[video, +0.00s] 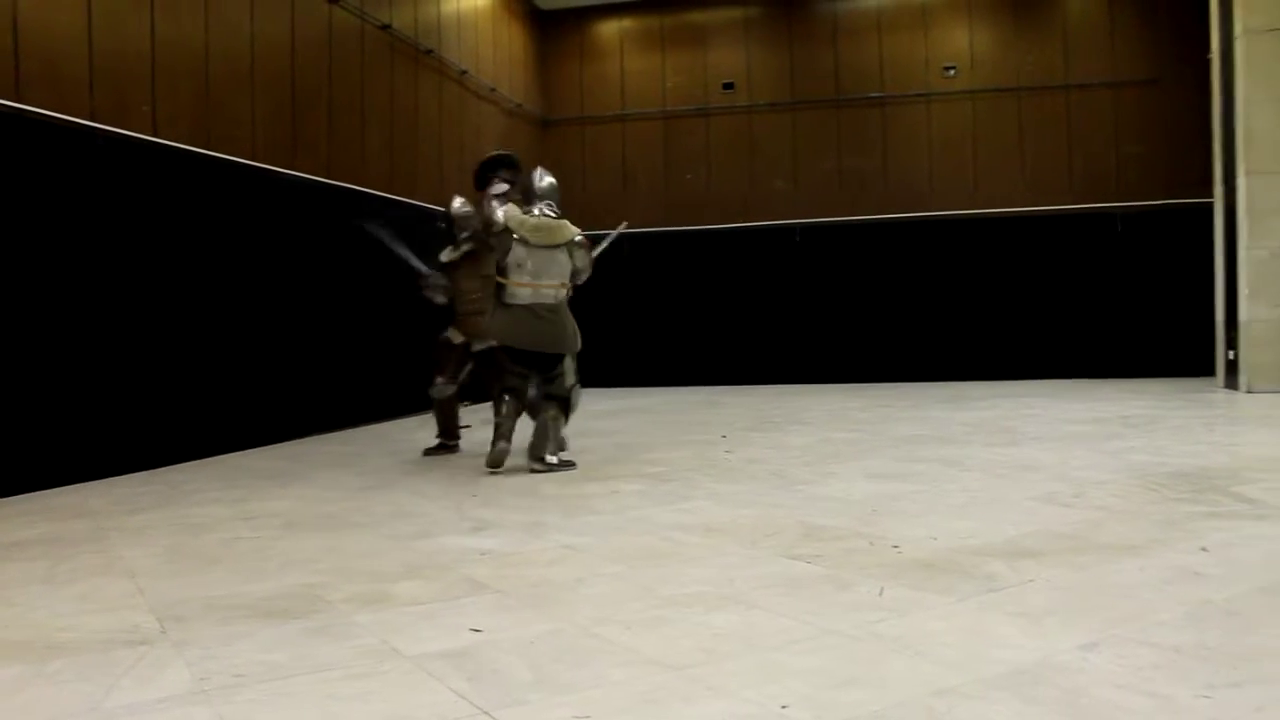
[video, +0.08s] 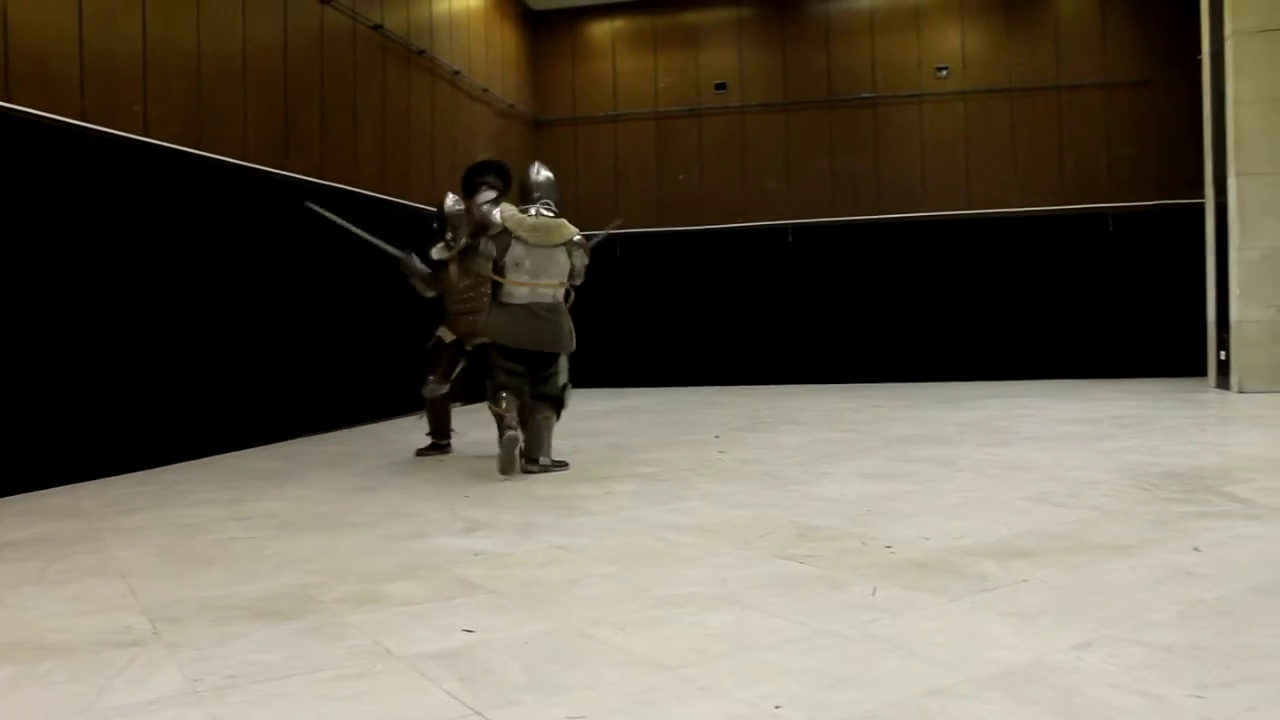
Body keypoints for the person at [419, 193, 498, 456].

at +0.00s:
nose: (463, 226)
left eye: (467, 220)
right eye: (458, 221)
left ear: (476, 220)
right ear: (453, 224)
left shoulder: (490, 248)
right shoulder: (449, 255)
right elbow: (446, 291)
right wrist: (434, 288)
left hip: (490, 327)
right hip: (459, 328)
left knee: (502, 381)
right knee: (444, 381)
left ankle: (501, 438)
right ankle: (448, 438)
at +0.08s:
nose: (454, 228)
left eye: (458, 222)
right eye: (449, 223)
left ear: (469, 220)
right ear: (443, 223)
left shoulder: (484, 247)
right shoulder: (440, 254)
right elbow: (431, 289)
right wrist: (416, 271)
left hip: (484, 324)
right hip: (452, 326)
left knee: (495, 378)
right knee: (436, 380)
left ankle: (508, 434)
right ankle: (440, 439)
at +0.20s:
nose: (450, 221)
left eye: (454, 215)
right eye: (445, 214)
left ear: (461, 216)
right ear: (438, 217)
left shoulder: (475, 245)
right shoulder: (426, 246)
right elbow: (406, 277)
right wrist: (395, 244)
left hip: (472, 327)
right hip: (438, 328)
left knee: (486, 384)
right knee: (424, 384)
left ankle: (497, 444)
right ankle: (427, 438)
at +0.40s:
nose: (450, 210)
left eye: (454, 205)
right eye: (445, 204)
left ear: (457, 203)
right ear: (431, 202)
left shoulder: (461, 226)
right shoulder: (410, 225)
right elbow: (406, 255)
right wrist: (424, 237)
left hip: (452, 315)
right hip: (414, 314)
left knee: (464, 383)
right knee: (405, 378)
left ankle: (475, 445)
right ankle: (387, 420)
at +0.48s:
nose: (447, 208)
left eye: (450, 202)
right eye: (443, 202)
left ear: (453, 201)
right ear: (429, 199)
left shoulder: (454, 229)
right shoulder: (407, 224)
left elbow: (462, 269)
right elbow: (404, 257)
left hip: (441, 315)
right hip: (401, 314)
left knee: (454, 378)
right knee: (390, 376)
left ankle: (464, 445)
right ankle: (365, 430)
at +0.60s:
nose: (436, 218)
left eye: (437, 211)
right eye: (431, 210)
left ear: (433, 209)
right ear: (415, 206)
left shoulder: (431, 239)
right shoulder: (394, 234)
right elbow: (415, 276)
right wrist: (450, 297)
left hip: (420, 322)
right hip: (382, 324)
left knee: (443, 378)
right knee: (363, 388)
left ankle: (442, 447)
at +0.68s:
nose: (439, 205)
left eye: (443, 199)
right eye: (435, 197)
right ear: (414, 202)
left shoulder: (417, 242)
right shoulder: (387, 243)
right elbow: (393, 301)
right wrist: (433, 319)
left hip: (407, 327)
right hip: (372, 327)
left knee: (438, 383)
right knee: (353, 395)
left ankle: (434, 450)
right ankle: (310, 453)